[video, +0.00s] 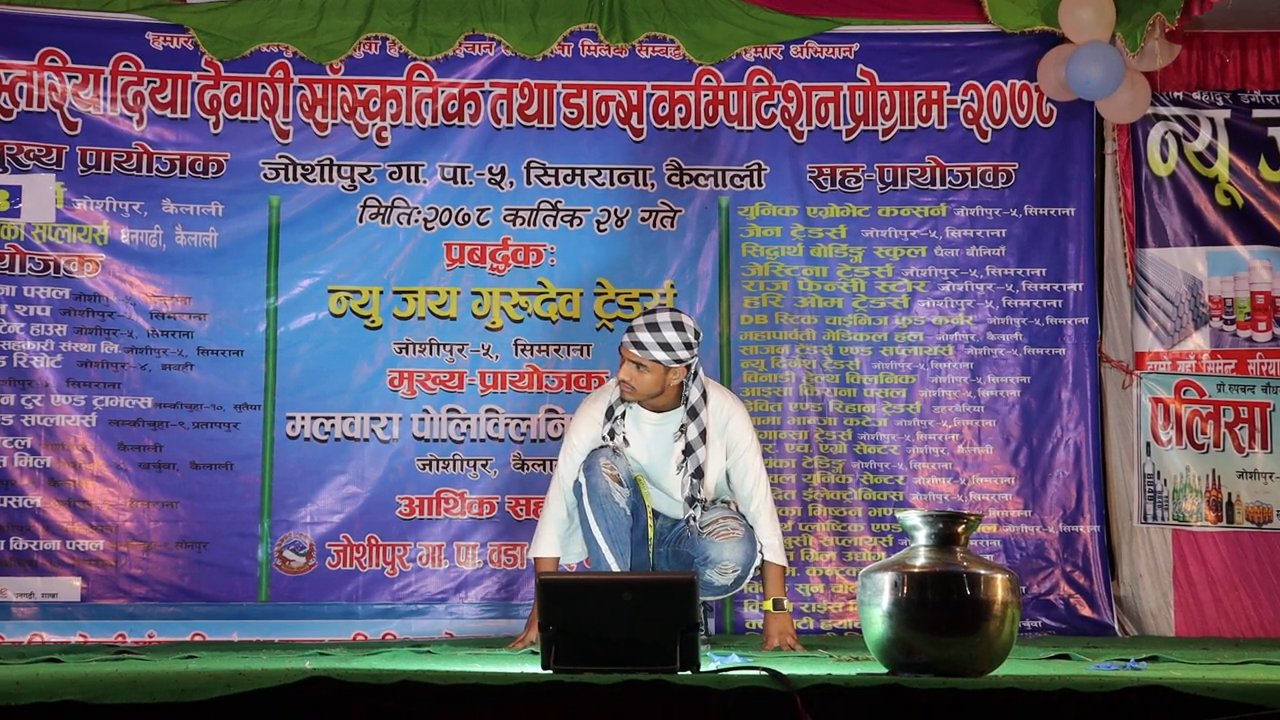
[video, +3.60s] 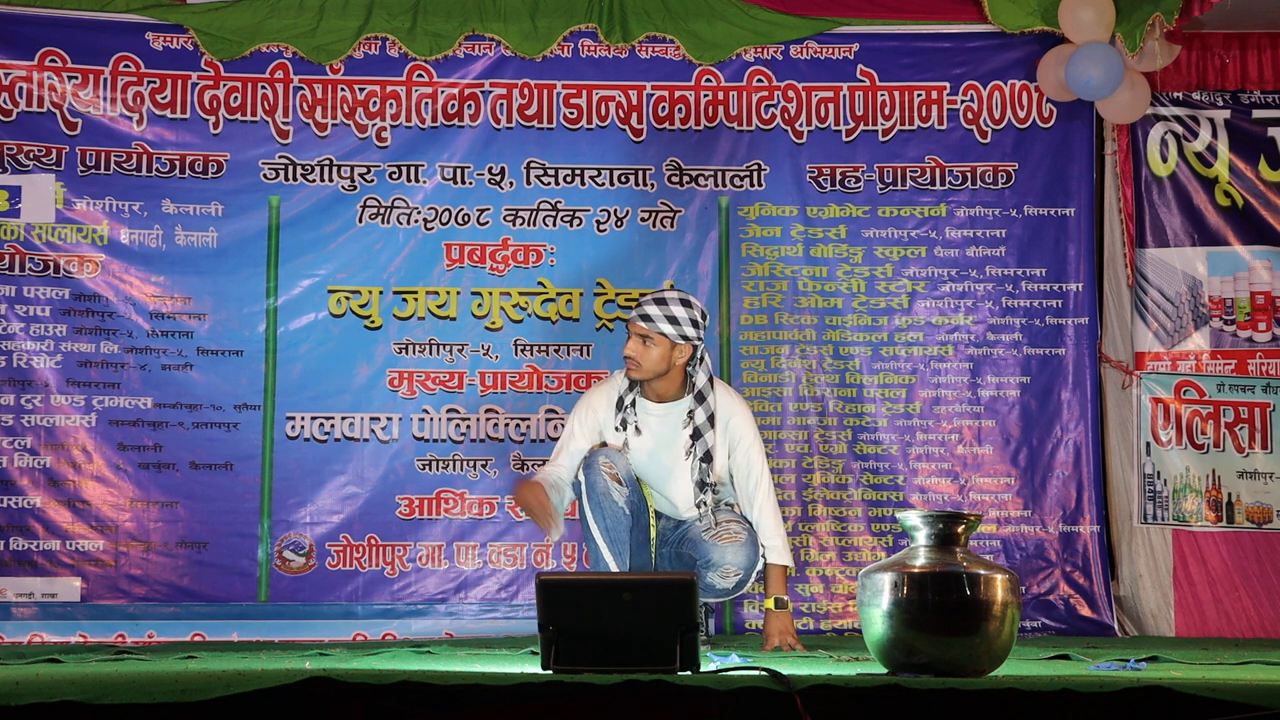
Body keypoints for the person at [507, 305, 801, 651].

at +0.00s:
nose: (622, 375)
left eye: (638, 368)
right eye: (622, 361)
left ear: (677, 374)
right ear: (620, 355)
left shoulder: (725, 413)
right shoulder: (597, 411)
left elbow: (760, 507)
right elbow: (558, 503)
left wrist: (777, 609)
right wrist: (542, 607)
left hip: (692, 539)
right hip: (629, 531)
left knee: (733, 548)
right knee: (601, 463)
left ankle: (687, 610)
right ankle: (621, 607)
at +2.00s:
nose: (624, 374)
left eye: (640, 367)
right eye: (624, 360)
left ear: (679, 373)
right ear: (622, 355)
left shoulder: (728, 414)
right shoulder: (601, 411)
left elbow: (763, 508)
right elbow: (559, 505)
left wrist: (777, 609)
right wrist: (542, 607)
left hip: (692, 540)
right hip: (630, 532)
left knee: (734, 544)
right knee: (604, 462)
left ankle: (689, 610)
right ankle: (619, 606)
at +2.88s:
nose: (623, 355)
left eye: (640, 346)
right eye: (624, 341)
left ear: (676, 357)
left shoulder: (726, 410)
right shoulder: (602, 404)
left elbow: (761, 503)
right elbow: (560, 495)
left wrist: (776, 604)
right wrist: (530, 590)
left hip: (693, 542)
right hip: (630, 532)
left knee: (734, 545)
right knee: (599, 461)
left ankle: (688, 613)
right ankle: (621, 605)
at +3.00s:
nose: (625, 350)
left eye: (641, 340)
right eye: (627, 336)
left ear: (679, 351)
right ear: (625, 336)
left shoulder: (728, 408)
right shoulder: (603, 402)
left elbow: (761, 502)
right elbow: (562, 498)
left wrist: (776, 602)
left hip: (695, 541)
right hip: (629, 534)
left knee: (731, 539)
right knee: (601, 462)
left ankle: (691, 614)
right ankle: (618, 605)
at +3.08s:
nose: (627, 347)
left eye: (642, 338)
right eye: (627, 334)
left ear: (680, 350)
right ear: (625, 336)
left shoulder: (728, 409)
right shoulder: (603, 401)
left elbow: (761, 505)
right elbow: (558, 497)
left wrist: (777, 605)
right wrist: (480, 503)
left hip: (693, 536)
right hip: (633, 532)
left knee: (734, 542)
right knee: (604, 461)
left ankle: (681, 614)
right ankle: (623, 607)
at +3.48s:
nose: (630, 346)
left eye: (647, 338)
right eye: (631, 333)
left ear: (684, 351)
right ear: (628, 334)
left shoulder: (727, 411)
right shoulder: (603, 399)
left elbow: (762, 505)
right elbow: (559, 492)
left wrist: (778, 607)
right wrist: (497, 472)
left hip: (695, 534)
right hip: (634, 530)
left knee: (736, 555)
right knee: (605, 463)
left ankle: (679, 611)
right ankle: (627, 607)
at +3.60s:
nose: (628, 348)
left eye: (645, 340)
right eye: (629, 336)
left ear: (681, 353)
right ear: (625, 335)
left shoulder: (727, 410)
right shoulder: (604, 400)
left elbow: (762, 503)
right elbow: (559, 473)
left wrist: (778, 604)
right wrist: (535, 490)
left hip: (697, 537)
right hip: (634, 529)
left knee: (736, 550)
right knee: (601, 461)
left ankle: (684, 610)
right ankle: (619, 603)